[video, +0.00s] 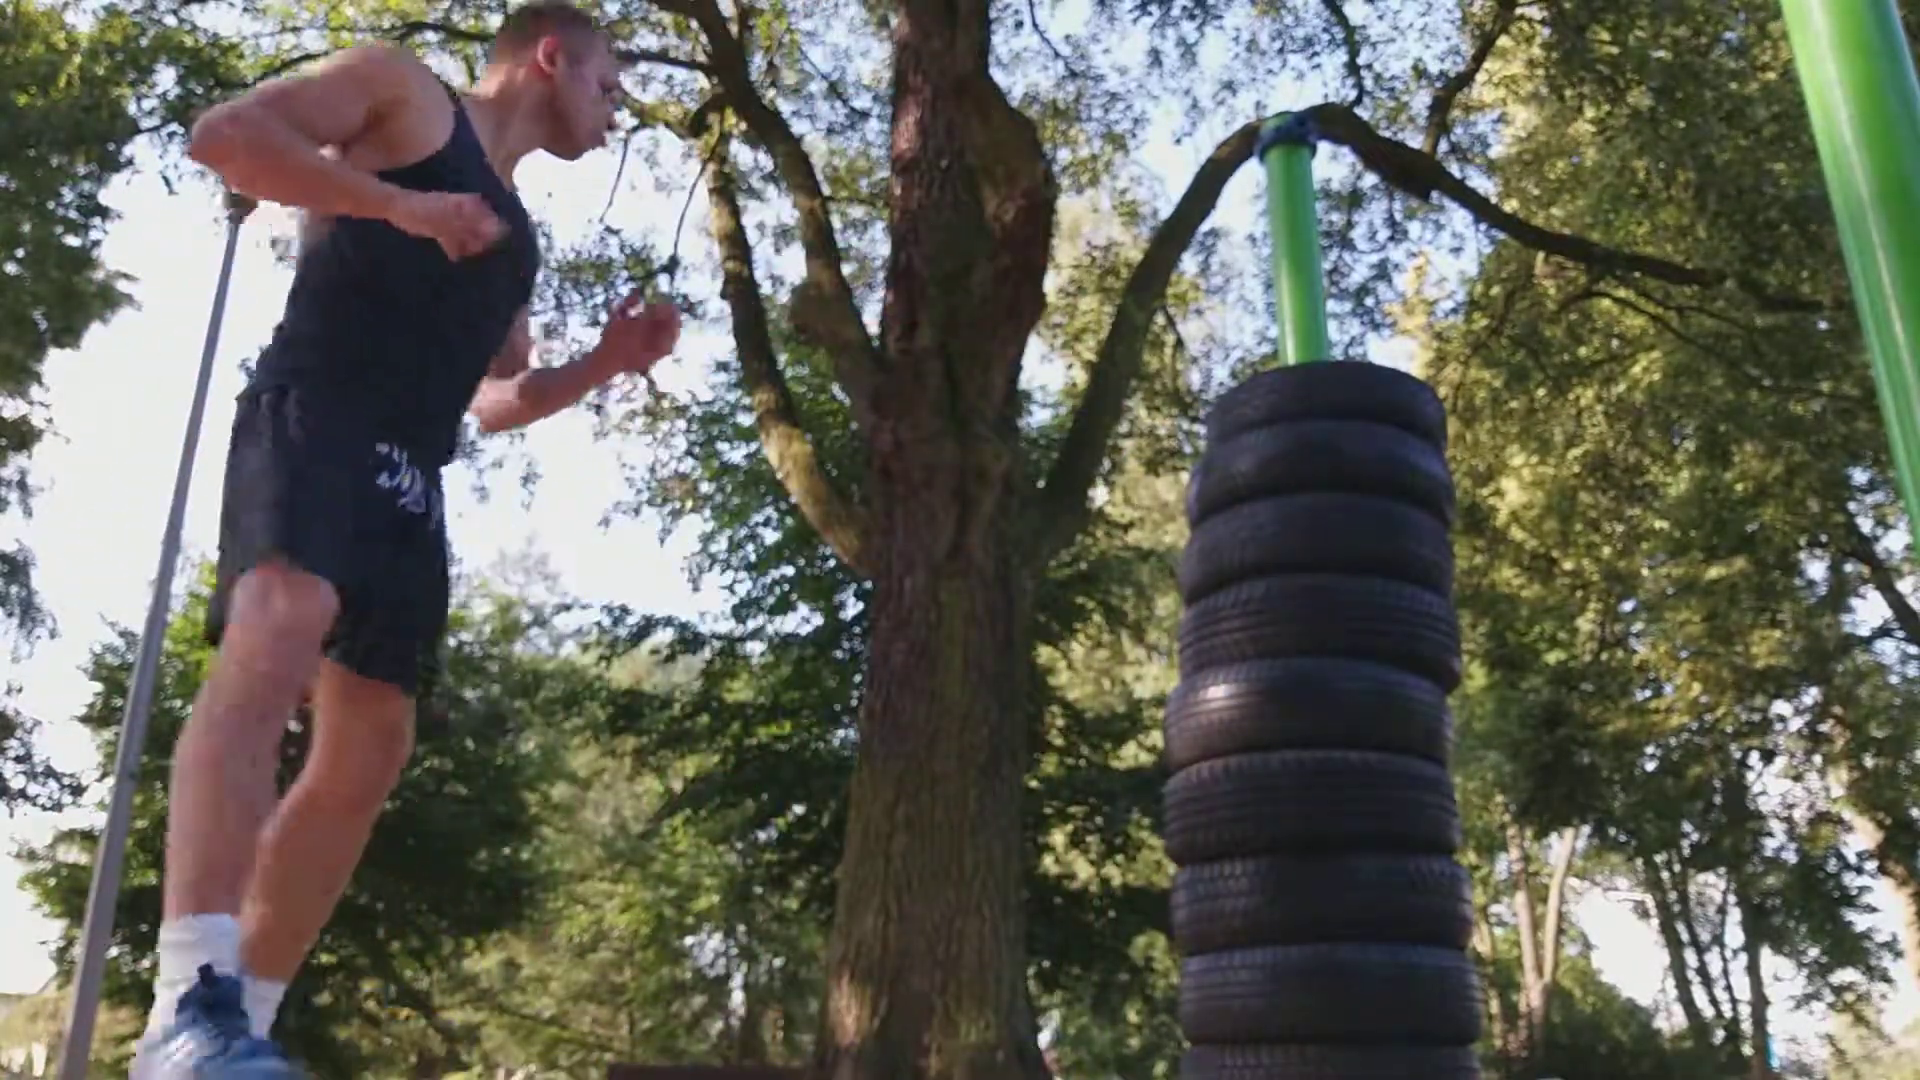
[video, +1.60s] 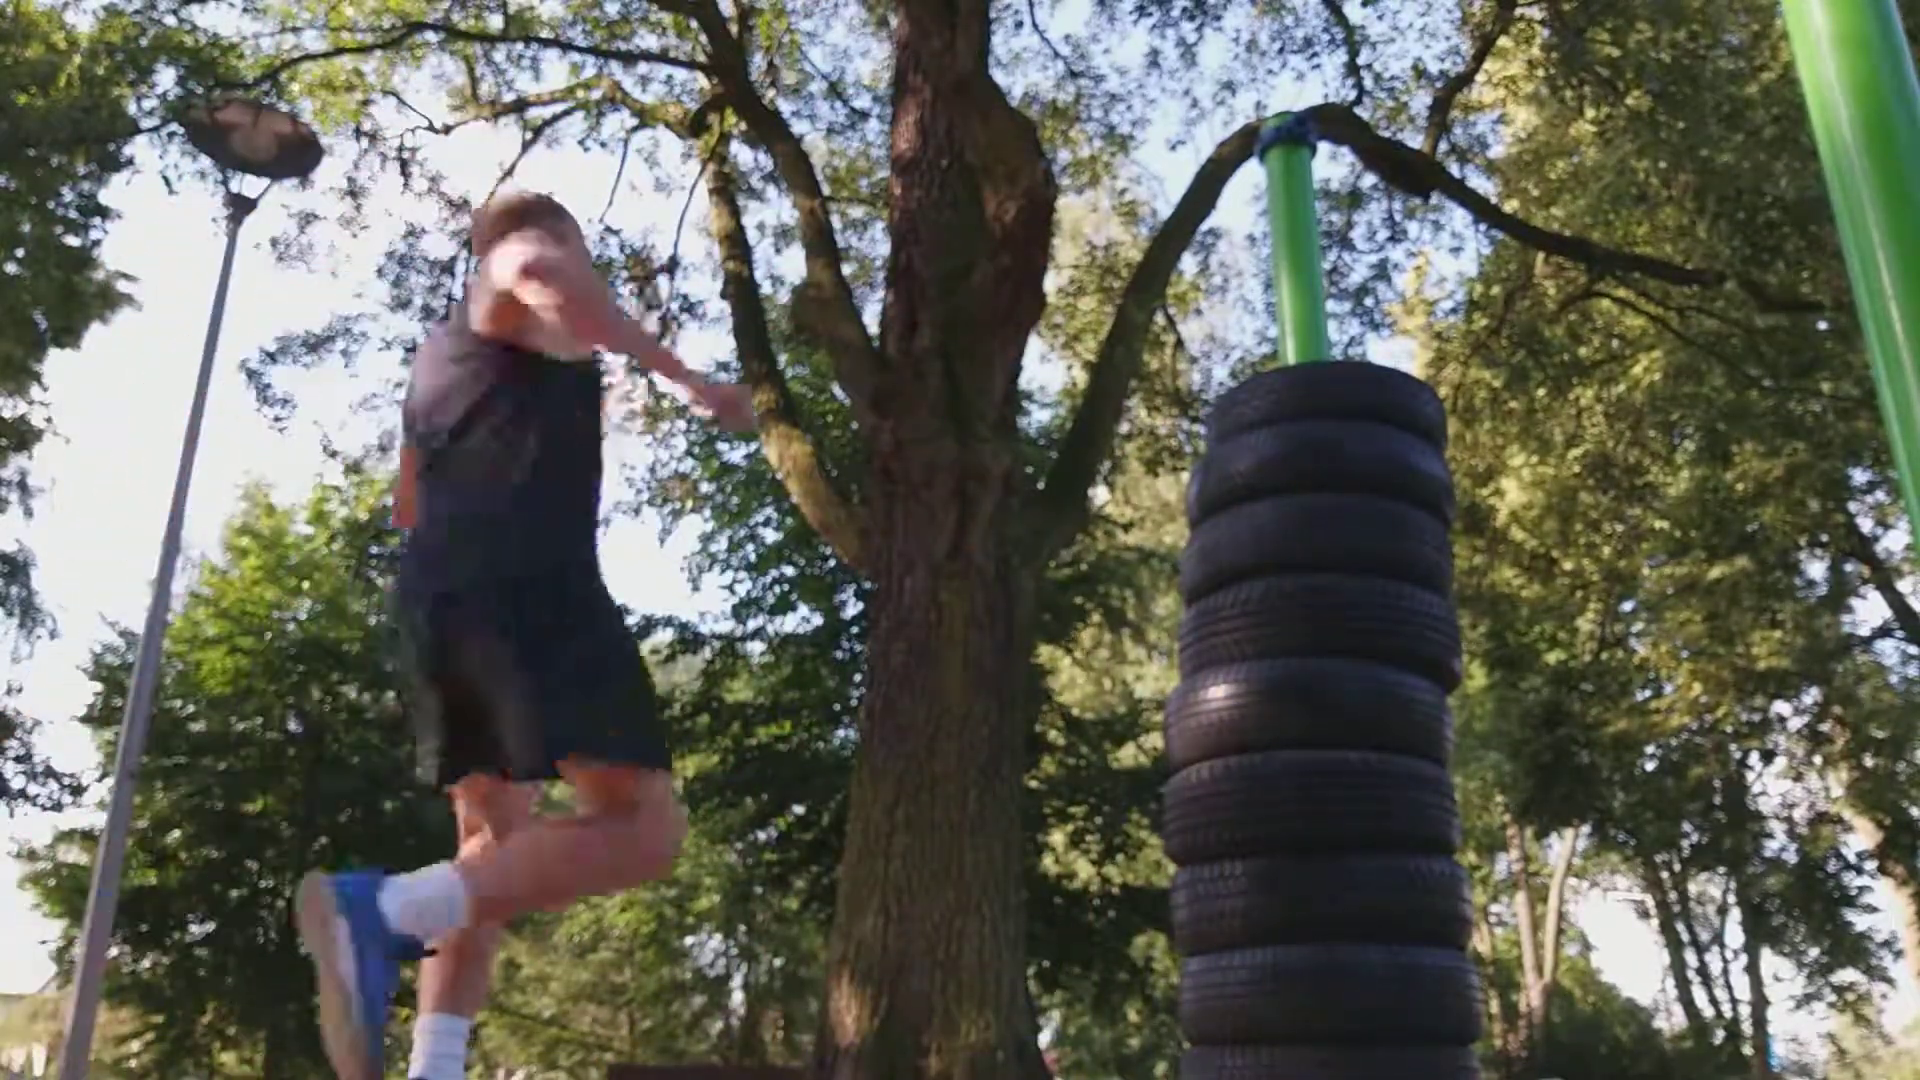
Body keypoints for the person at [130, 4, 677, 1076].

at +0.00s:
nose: (620, 99)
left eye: (622, 83)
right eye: (610, 73)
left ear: (553, 70)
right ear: (549, 58)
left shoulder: (517, 243)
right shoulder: (402, 84)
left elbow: (495, 398)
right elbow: (227, 135)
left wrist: (602, 362)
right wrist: (401, 202)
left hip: (410, 477)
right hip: (311, 422)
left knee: (363, 755)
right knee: (272, 648)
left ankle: (239, 1029)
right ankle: (190, 1008)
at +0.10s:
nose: (585, 79)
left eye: (589, 59)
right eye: (578, 49)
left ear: (526, 42)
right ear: (512, 27)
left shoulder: (480, 192)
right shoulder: (389, 50)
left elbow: (429, 362)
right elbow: (230, 80)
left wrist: (540, 348)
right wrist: (402, 160)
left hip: (381, 440)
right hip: (280, 393)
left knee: (358, 715)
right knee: (222, 635)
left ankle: (244, 1010)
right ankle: (49, 976)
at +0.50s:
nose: (525, 143)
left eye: (531, 127)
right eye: (520, 117)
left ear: (463, 104)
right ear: (455, 88)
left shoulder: (432, 229)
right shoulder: (328, 114)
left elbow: (364, 390)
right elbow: (243, 227)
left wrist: (467, 395)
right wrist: (423, 273)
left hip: (365, 508)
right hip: (261, 483)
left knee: (424, 741)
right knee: (142, 703)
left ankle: (343, 1011)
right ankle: (3, 934)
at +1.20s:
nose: (502, 176)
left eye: (509, 160)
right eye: (498, 149)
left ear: (448, 136)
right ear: (432, 118)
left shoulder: (435, 284)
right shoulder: (285, 165)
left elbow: (409, 434)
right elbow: (141, 278)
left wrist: (446, 434)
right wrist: (272, 358)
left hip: (350, 552)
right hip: (224, 522)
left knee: (444, 756)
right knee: (79, 734)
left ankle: (302, 1008)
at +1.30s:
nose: (534, 177)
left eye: (540, 159)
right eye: (529, 149)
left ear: (483, 137)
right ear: (468, 122)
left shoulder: (474, 284)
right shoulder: (316, 175)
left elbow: (490, 438)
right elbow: (165, 289)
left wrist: (518, 434)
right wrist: (189, 431)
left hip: (379, 547)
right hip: (266, 511)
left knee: (457, 761)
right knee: (148, 729)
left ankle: (365, 1028)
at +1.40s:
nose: (557, 228)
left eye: (559, 207)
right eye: (550, 201)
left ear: (492, 191)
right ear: (496, 182)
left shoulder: (498, 339)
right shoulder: (353, 239)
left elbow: (590, 451)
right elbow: (188, 344)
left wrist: (663, 385)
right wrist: (149, 497)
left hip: (403, 598)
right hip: (305, 563)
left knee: (476, 809)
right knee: (179, 769)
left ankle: (442, 1060)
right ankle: (5, 994)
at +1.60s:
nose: (587, 268)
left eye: (584, 258)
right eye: (579, 251)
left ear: (478, 250)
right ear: (549, 238)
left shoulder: (439, 347)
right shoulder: (531, 244)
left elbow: (410, 505)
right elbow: (546, 288)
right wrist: (684, 377)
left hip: (438, 593)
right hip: (528, 582)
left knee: (490, 844)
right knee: (645, 834)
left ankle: (436, 1068)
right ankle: (386, 913)